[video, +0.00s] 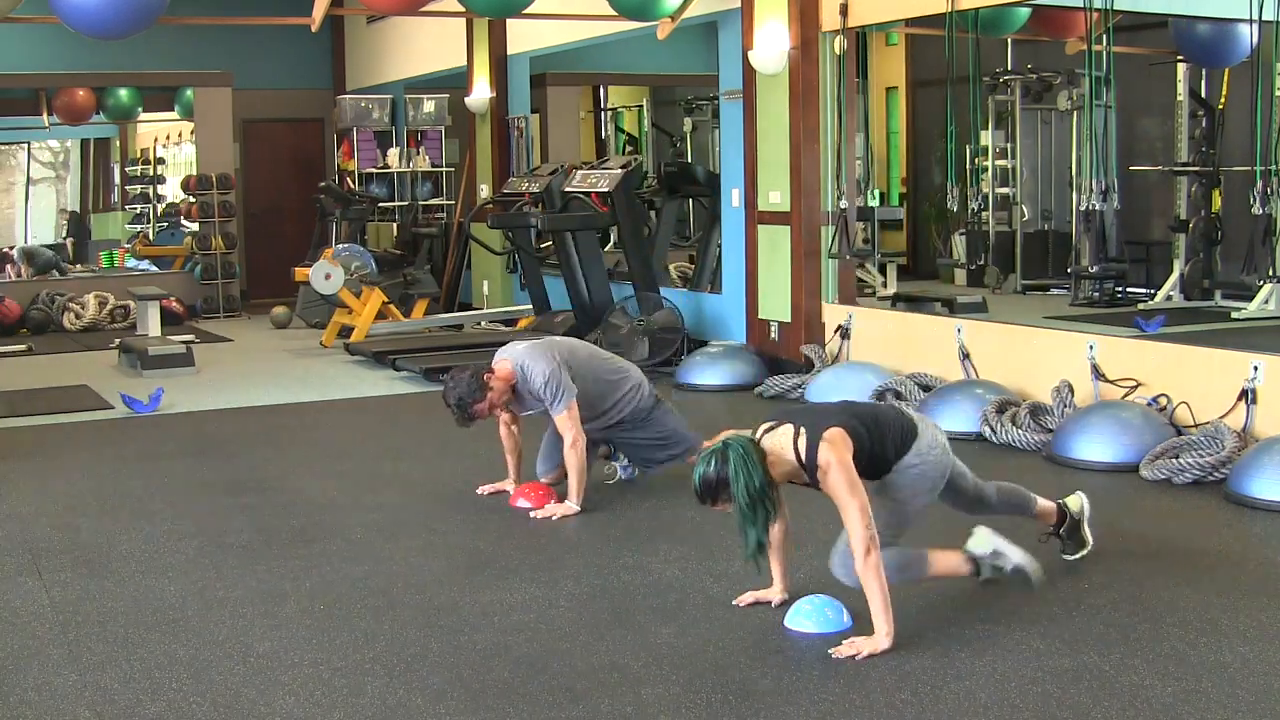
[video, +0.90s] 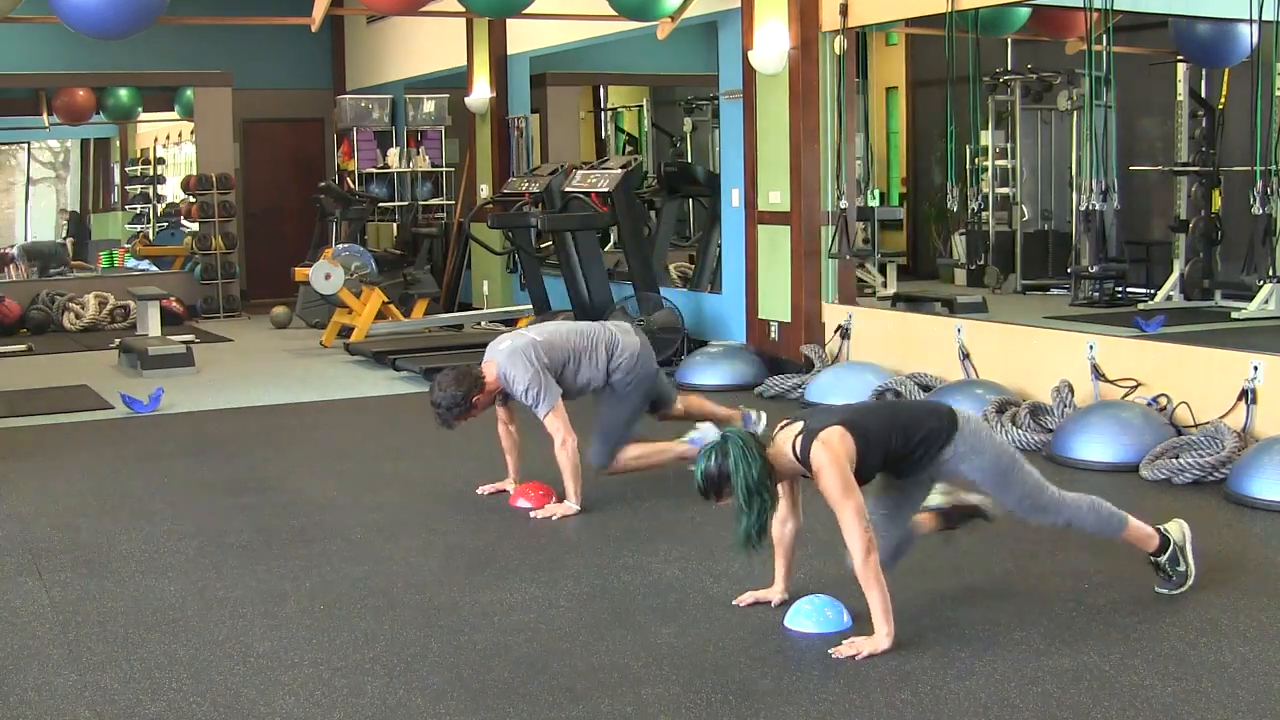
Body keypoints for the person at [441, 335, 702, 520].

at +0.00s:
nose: (497, 410)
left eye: (493, 407)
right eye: (491, 413)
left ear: (489, 384)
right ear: (485, 383)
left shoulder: (541, 369)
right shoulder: (497, 375)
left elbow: (574, 439)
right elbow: (508, 423)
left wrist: (574, 503)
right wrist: (512, 479)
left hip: (629, 400)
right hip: (582, 411)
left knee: (699, 455)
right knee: (548, 476)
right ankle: (614, 448)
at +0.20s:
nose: (491, 425)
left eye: (486, 419)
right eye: (484, 424)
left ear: (487, 395)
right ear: (481, 392)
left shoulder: (532, 370)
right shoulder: (493, 374)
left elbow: (570, 440)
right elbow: (506, 425)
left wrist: (574, 502)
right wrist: (512, 480)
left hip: (634, 362)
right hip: (598, 376)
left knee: (697, 423)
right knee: (587, 437)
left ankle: (764, 429)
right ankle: (649, 429)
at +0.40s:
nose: (486, 425)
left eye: (481, 420)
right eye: (480, 424)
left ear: (486, 396)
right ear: (481, 394)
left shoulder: (530, 373)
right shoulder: (492, 372)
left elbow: (567, 439)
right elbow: (506, 425)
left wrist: (573, 502)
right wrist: (513, 479)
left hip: (633, 341)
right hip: (606, 366)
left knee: (700, 403)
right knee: (632, 426)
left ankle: (781, 424)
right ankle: (695, 404)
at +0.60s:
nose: (487, 419)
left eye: (483, 414)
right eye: (481, 417)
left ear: (491, 393)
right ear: (483, 388)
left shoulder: (539, 369)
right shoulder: (501, 373)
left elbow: (576, 440)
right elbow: (512, 423)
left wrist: (574, 502)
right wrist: (514, 479)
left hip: (643, 386)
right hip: (617, 402)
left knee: (712, 452)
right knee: (669, 451)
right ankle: (727, 429)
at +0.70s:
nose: (485, 421)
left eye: (481, 416)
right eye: (480, 419)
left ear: (488, 397)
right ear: (482, 388)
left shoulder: (535, 371)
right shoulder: (500, 371)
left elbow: (573, 440)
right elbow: (511, 423)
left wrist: (574, 502)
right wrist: (514, 478)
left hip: (640, 374)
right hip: (618, 389)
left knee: (685, 458)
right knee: (661, 443)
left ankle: (756, 450)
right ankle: (735, 424)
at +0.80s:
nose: (477, 421)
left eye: (472, 418)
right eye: (471, 420)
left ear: (481, 399)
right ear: (478, 389)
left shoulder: (525, 371)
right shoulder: (496, 364)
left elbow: (567, 440)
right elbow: (508, 424)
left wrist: (574, 501)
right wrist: (513, 479)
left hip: (632, 358)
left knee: (649, 458)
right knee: (667, 404)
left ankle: (737, 445)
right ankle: (737, 415)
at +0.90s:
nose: (474, 419)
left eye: (469, 415)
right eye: (469, 417)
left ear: (479, 398)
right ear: (475, 388)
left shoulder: (521, 371)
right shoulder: (493, 363)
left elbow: (564, 439)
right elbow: (507, 424)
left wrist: (573, 501)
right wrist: (513, 479)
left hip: (625, 361)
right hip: (621, 336)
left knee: (606, 460)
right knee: (671, 404)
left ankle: (695, 447)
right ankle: (741, 419)